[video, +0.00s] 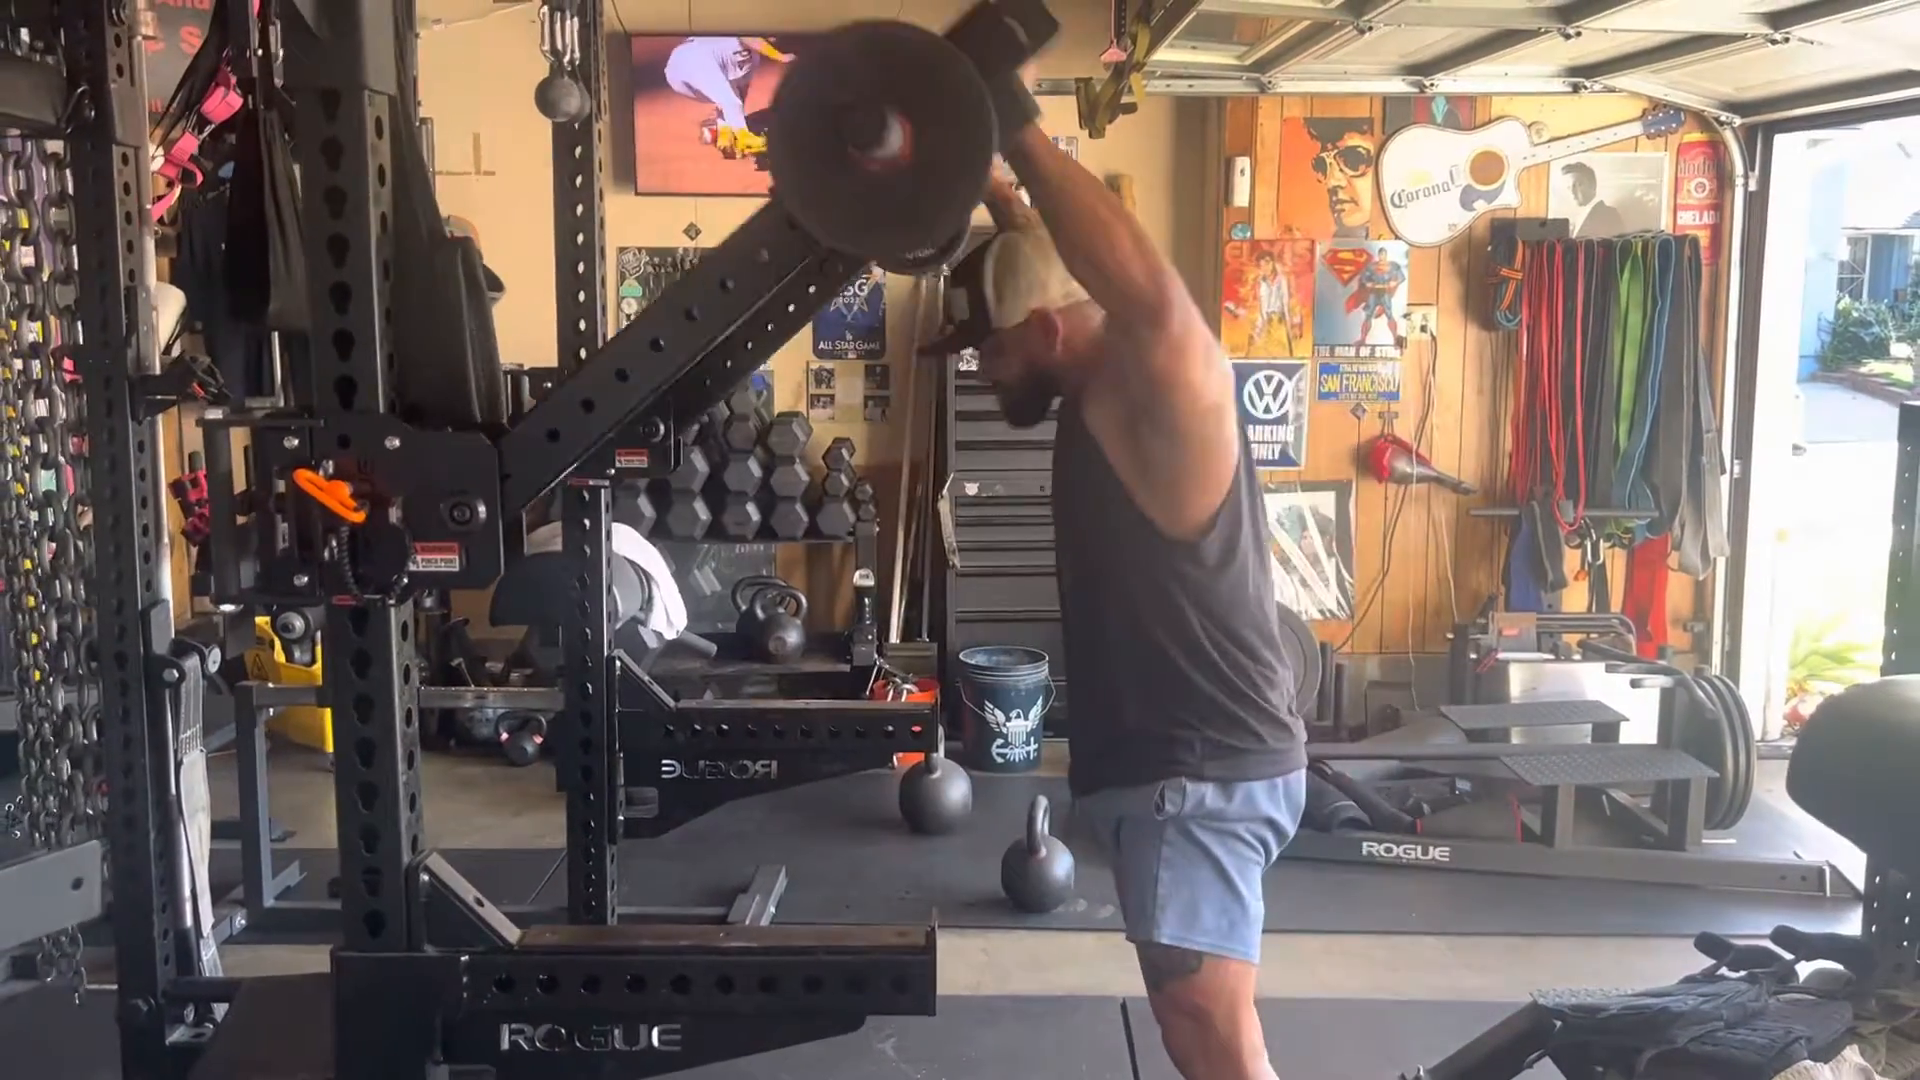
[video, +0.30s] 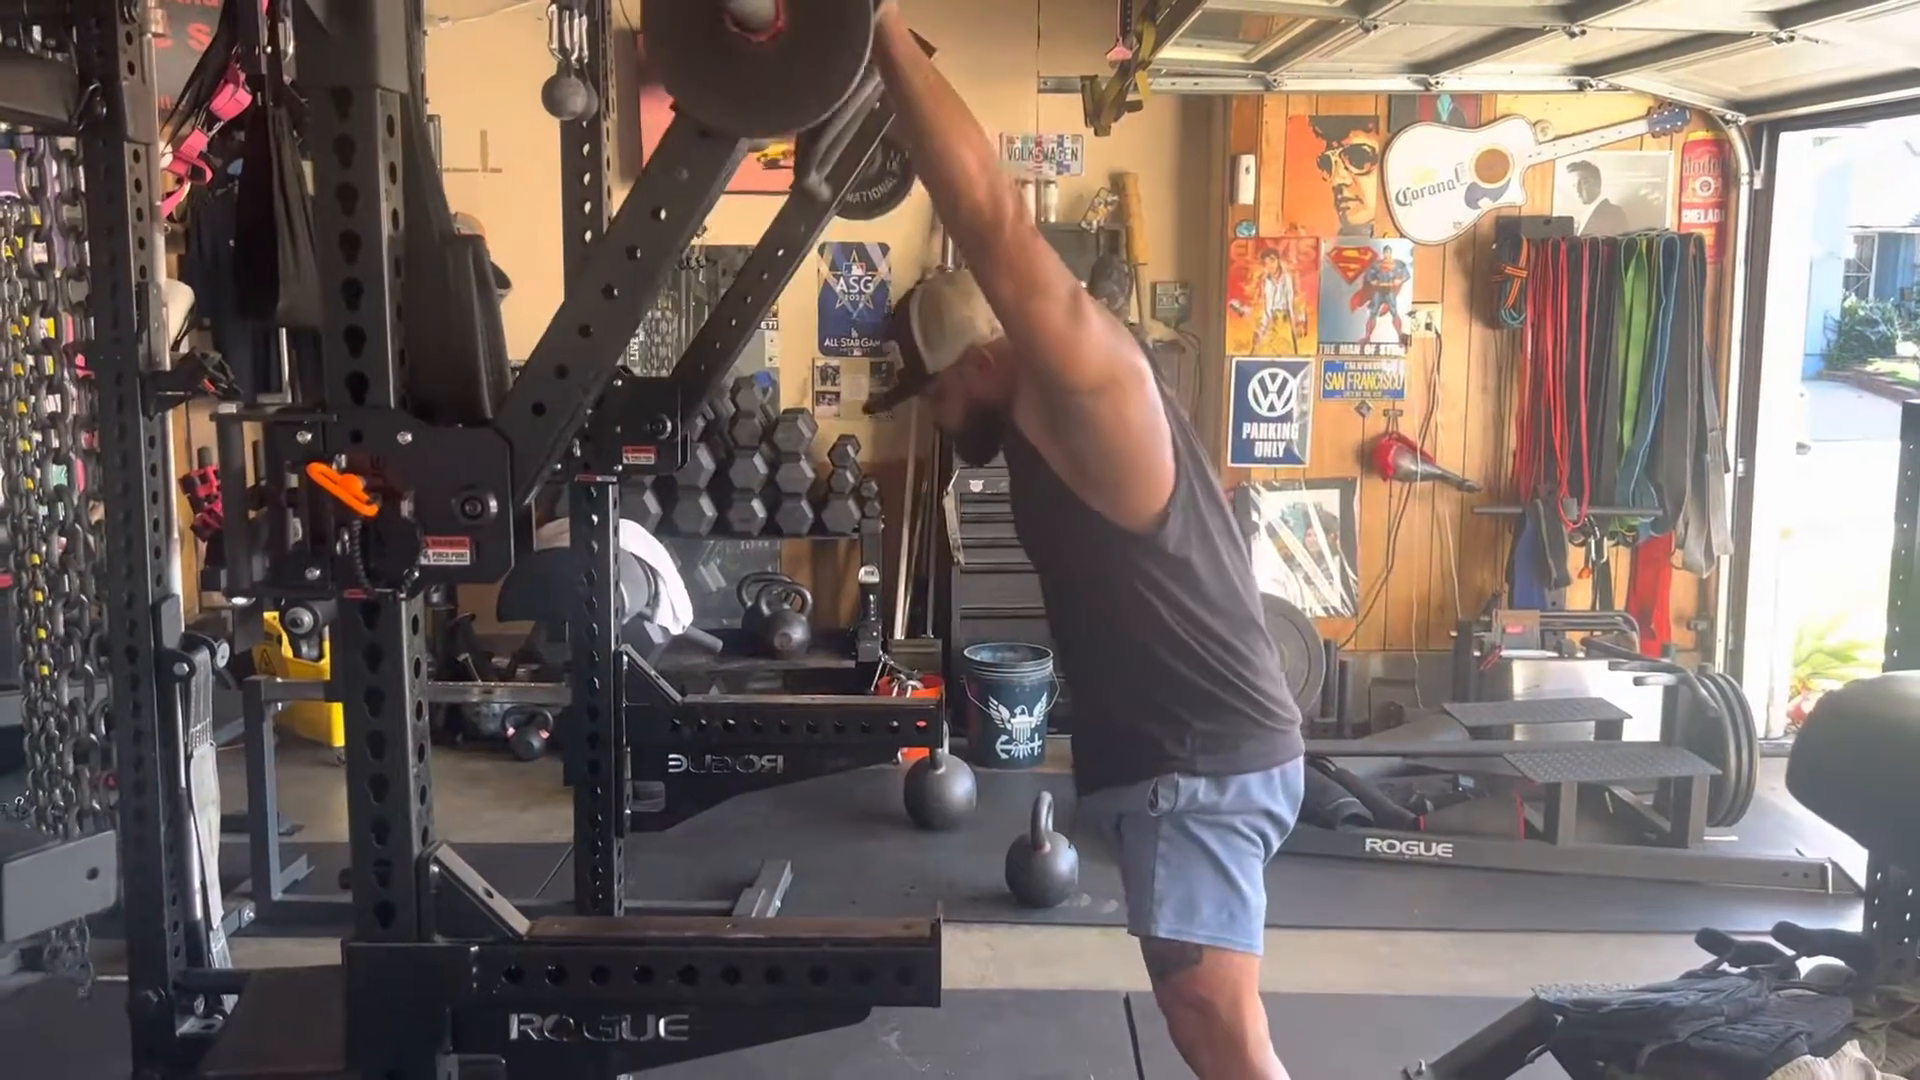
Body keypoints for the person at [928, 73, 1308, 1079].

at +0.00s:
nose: (985, 373)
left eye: (989, 346)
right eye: (980, 352)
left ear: (1046, 317)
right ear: (1051, 319)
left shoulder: (1156, 358)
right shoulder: (1110, 377)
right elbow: (1060, 276)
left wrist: (1012, 123)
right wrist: (998, 191)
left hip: (1200, 774)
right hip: (1175, 768)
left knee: (1209, 1031)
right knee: (1206, 1020)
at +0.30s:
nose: (952, 424)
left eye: (942, 401)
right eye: (942, 412)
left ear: (970, 359)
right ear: (982, 363)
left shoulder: (1087, 375)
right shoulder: (1072, 402)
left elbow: (983, 205)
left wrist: (880, 26)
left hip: (1203, 766)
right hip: (1170, 759)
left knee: (1220, 1030)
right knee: (1209, 1017)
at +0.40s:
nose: (968, 391)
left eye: (967, 370)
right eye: (960, 377)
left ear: (1003, 344)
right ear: (1003, 350)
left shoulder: (1105, 370)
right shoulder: (1092, 398)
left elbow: (1009, 212)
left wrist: (898, 30)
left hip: (1197, 769)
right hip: (1187, 760)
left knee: (1218, 1030)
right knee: (1207, 1014)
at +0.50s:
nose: (966, 377)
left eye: (974, 350)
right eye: (962, 356)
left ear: (1028, 331)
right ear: (1033, 330)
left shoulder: (1132, 374)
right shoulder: (1087, 400)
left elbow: (1047, 215)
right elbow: (1023, 211)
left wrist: (927, 34)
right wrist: (921, 86)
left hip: (1206, 767)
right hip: (1164, 762)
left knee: (1217, 1025)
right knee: (1206, 1014)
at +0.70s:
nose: (1011, 331)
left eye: (1022, 303)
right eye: (1009, 307)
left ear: (1088, 293)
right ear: (1094, 291)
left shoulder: (1185, 344)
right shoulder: (1136, 362)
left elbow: (1198, 285)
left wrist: (1076, 115)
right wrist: (1045, 173)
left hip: (1234, 750)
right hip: (1205, 743)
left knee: (1246, 1023)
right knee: (1239, 1013)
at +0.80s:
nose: (1060, 340)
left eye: (1061, 317)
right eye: (1044, 321)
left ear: (1094, 289)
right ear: (1115, 268)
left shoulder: (1199, 362)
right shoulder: (1148, 362)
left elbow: (1298, 388)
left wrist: (1162, 218)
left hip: (1249, 751)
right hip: (1212, 744)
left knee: (1260, 1022)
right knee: (1251, 1011)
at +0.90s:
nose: (1136, 303)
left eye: (1141, 279)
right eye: (1119, 287)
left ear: (1173, 265)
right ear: (1102, 290)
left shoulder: (1258, 337)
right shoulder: (1149, 369)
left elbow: (1382, 472)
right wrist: (1049, 376)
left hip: (1277, 740)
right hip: (1223, 736)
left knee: (1267, 1004)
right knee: (1258, 996)